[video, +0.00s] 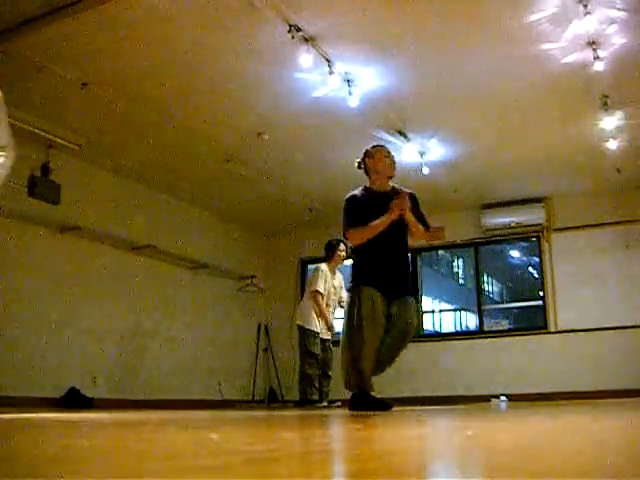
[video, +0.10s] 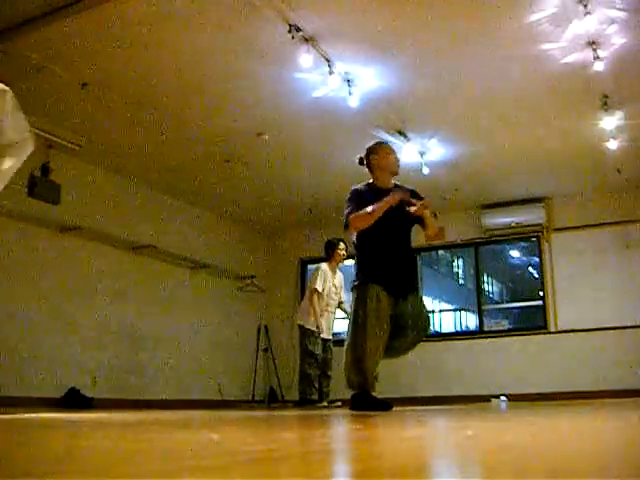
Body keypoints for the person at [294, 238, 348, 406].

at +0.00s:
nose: (343, 255)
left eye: (344, 251)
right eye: (340, 251)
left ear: (344, 255)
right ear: (331, 252)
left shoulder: (338, 276)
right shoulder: (320, 270)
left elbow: (343, 299)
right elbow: (316, 295)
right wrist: (328, 321)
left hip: (326, 318)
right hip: (310, 317)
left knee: (326, 358)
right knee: (312, 357)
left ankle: (323, 395)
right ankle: (309, 396)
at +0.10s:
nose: (343, 253)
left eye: (344, 250)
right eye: (340, 250)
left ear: (343, 254)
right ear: (331, 252)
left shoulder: (339, 276)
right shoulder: (321, 270)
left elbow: (340, 300)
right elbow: (313, 295)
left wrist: (349, 312)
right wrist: (318, 321)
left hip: (326, 321)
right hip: (311, 320)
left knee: (326, 360)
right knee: (312, 359)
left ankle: (324, 395)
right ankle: (308, 396)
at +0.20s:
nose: (344, 253)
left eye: (345, 250)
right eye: (341, 250)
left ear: (345, 254)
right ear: (332, 252)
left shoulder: (340, 275)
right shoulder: (322, 269)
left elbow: (335, 297)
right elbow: (307, 285)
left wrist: (344, 307)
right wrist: (304, 307)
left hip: (328, 320)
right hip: (314, 318)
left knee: (328, 359)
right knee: (316, 356)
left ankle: (324, 395)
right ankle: (309, 395)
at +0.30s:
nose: (346, 254)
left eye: (347, 250)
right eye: (342, 250)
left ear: (347, 254)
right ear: (333, 253)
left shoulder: (341, 274)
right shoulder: (325, 269)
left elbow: (334, 293)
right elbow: (303, 277)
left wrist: (344, 301)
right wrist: (296, 300)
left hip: (327, 320)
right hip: (313, 317)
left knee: (327, 356)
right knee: (324, 354)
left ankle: (322, 395)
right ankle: (314, 395)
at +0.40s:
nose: (346, 253)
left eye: (347, 250)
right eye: (342, 250)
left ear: (349, 254)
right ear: (334, 253)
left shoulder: (341, 275)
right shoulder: (327, 268)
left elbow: (334, 297)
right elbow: (304, 279)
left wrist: (349, 299)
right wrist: (294, 303)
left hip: (326, 320)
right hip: (315, 317)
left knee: (325, 357)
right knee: (327, 354)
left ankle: (319, 396)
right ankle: (320, 396)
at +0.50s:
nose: (344, 253)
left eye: (346, 251)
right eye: (340, 250)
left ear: (347, 255)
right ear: (332, 253)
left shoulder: (342, 280)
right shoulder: (322, 269)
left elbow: (338, 304)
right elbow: (306, 291)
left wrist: (351, 292)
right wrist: (298, 313)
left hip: (329, 324)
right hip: (315, 320)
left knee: (338, 356)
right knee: (329, 356)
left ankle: (323, 395)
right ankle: (321, 397)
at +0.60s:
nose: (341, 255)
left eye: (343, 252)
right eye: (337, 251)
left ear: (346, 257)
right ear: (329, 254)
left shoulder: (346, 278)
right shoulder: (318, 271)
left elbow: (357, 298)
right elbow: (303, 288)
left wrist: (356, 279)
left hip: (336, 324)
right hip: (315, 322)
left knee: (350, 355)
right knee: (324, 356)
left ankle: (335, 379)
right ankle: (322, 397)